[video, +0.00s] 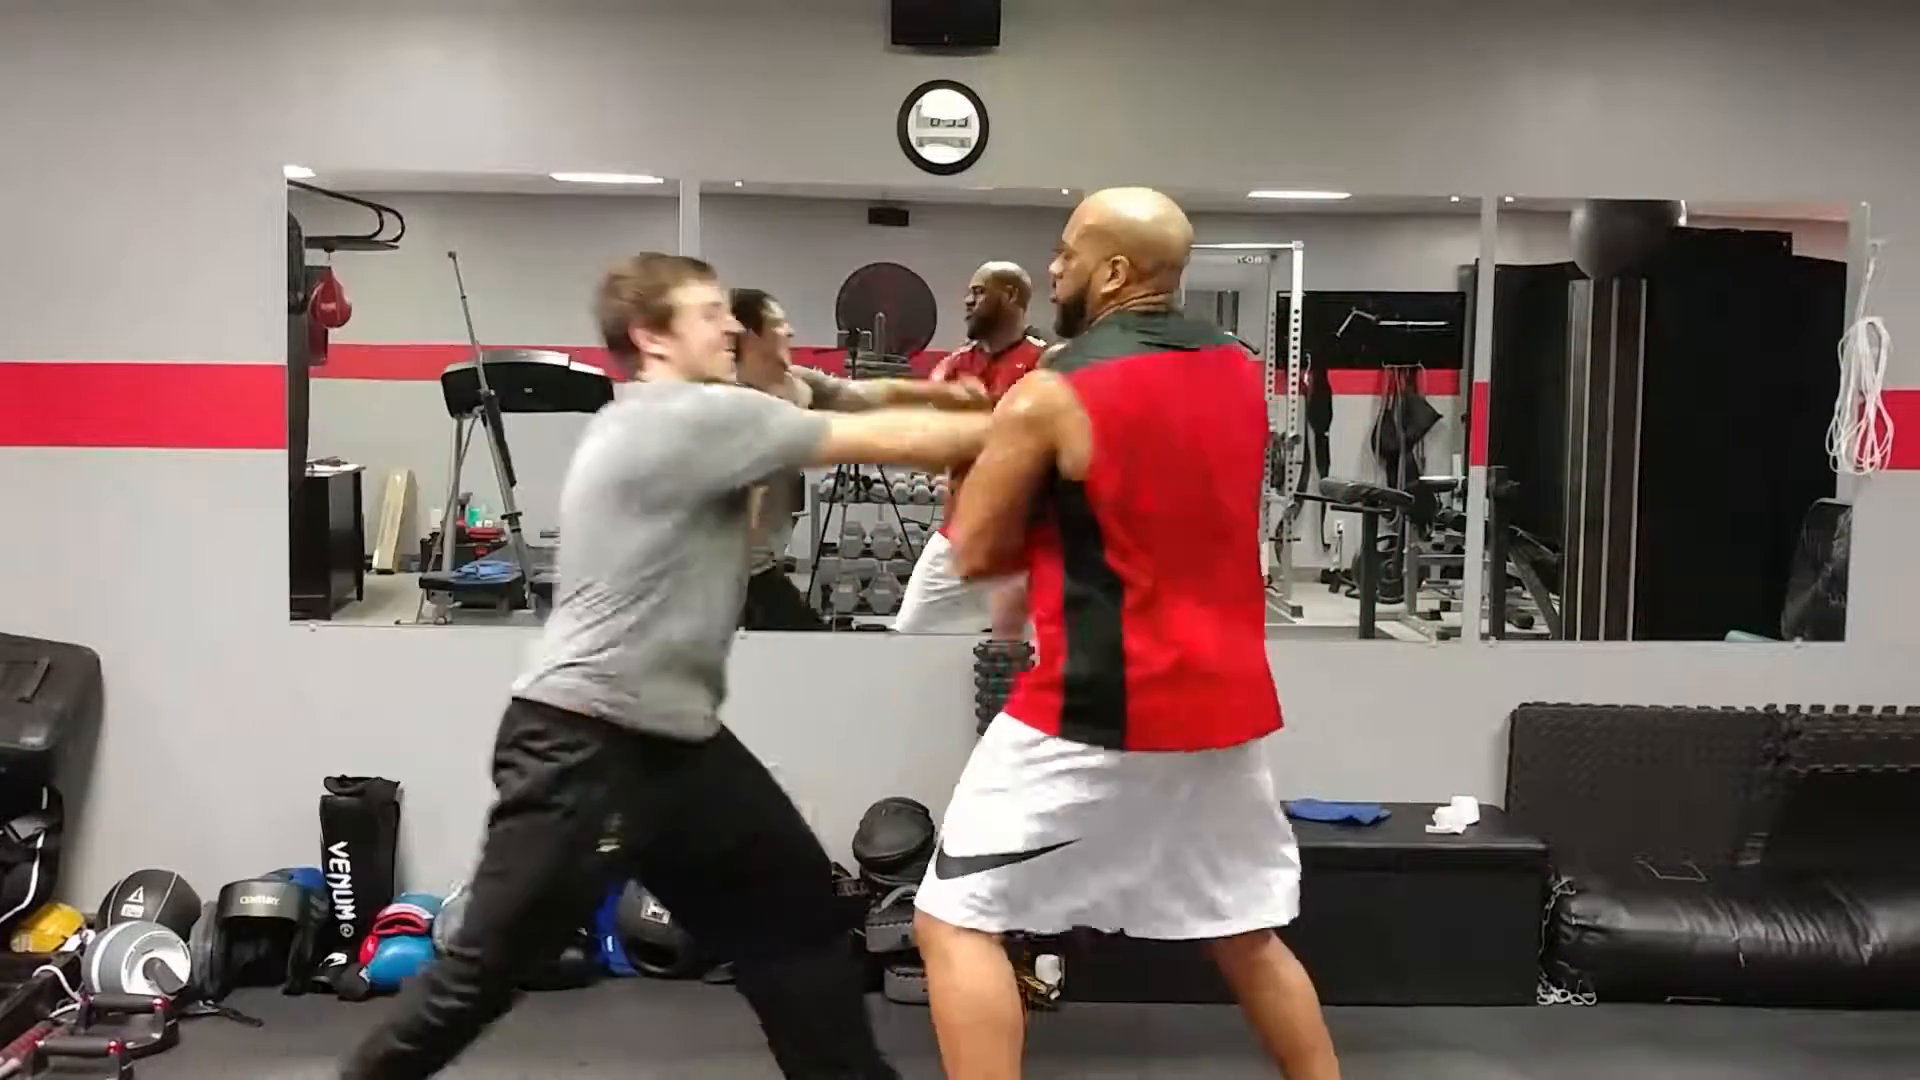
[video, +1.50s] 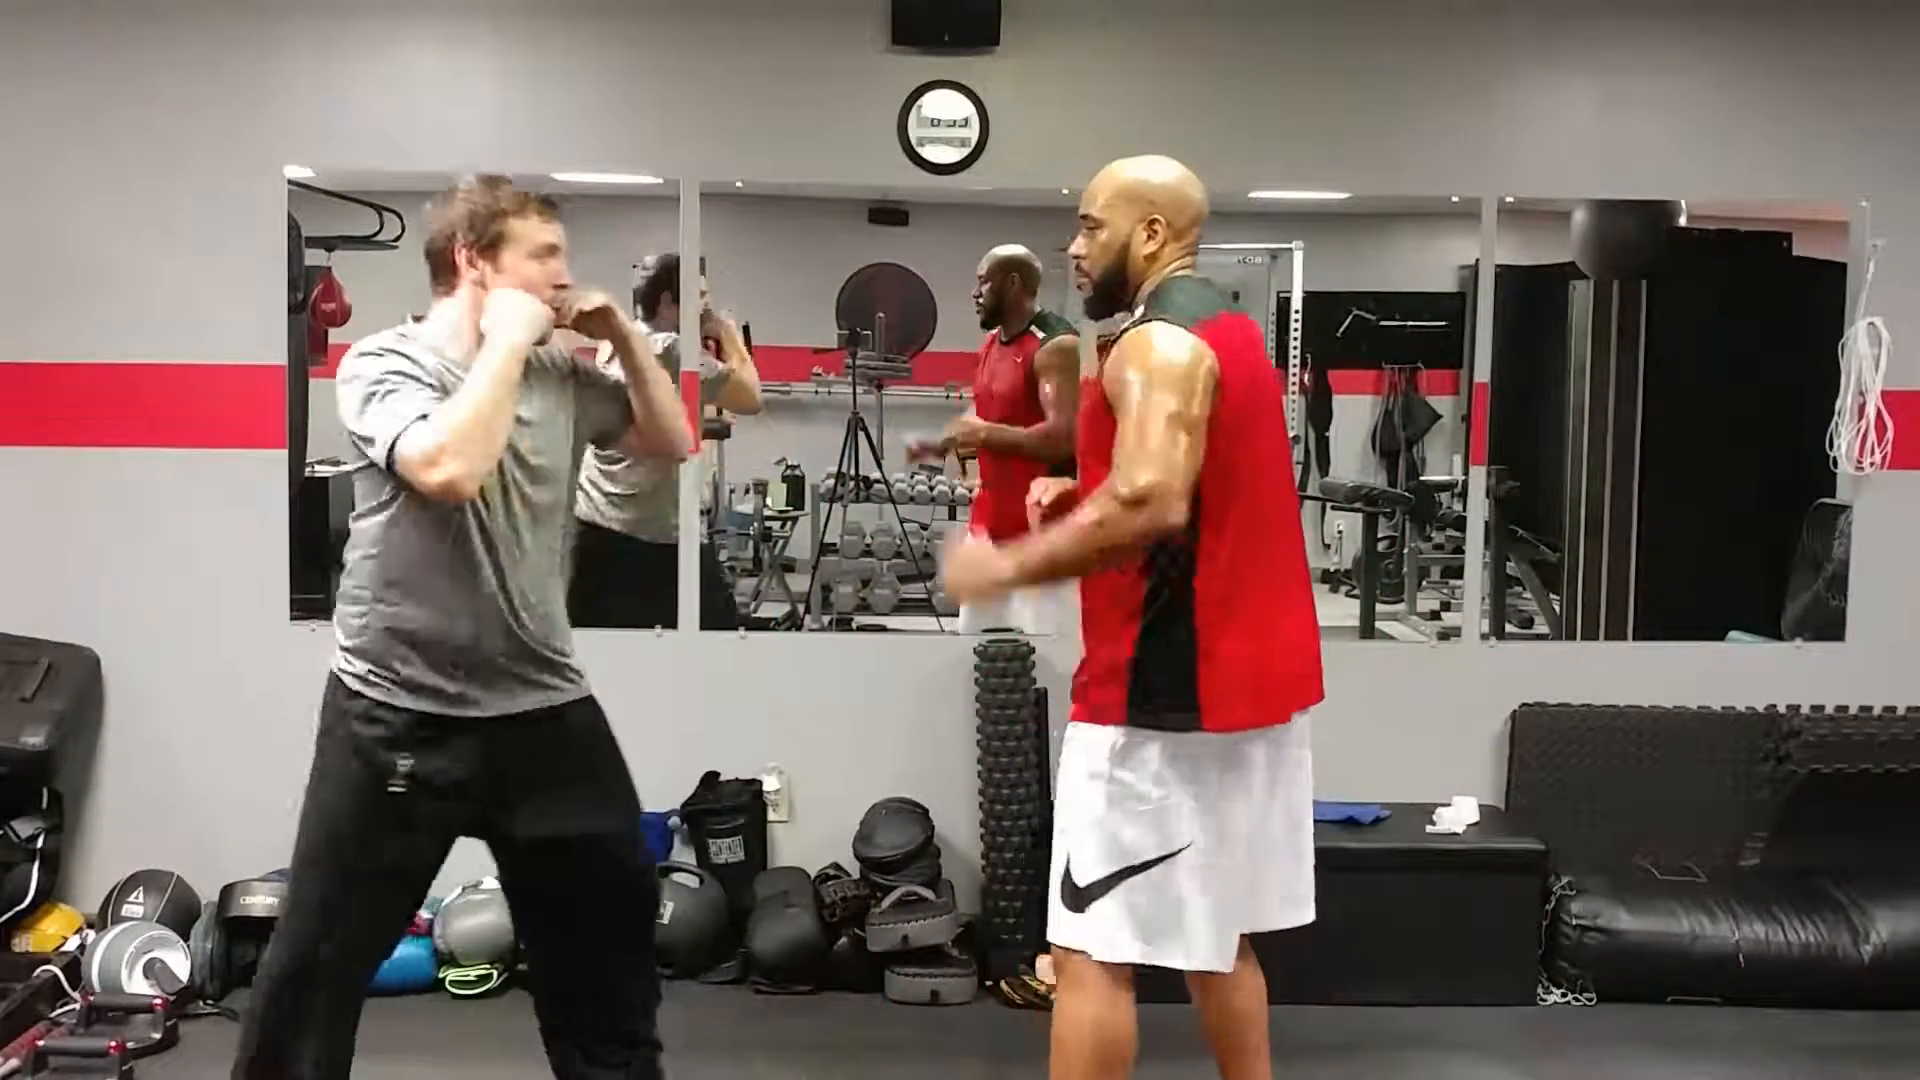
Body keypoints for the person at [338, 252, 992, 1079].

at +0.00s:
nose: (733, 329)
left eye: (729, 313)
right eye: (714, 314)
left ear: (658, 343)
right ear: (652, 338)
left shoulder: (643, 427)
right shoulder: (692, 419)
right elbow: (864, 438)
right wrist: (1016, 427)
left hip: (682, 749)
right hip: (579, 744)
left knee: (805, 939)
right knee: (473, 979)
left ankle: (849, 1073)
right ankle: (359, 1075)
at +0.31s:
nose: (838, 342)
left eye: (839, 327)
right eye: (820, 323)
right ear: (753, 328)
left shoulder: (762, 432)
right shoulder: (711, 412)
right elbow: (845, 551)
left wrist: (857, 486)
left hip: (683, 686)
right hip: (594, 659)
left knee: (788, 910)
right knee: (576, 937)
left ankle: (835, 1065)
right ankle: (473, 1072)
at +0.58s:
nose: (762, 374)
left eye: (766, 358)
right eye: (751, 352)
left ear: (688, 343)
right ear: (692, 339)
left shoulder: (679, 441)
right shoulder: (637, 428)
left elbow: (658, 582)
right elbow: (779, 559)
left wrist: (739, 522)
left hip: (616, 723)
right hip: (515, 714)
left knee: (733, 886)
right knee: (451, 956)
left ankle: (786, 1054)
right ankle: (360, 1077)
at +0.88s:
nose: (771, 368)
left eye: (777, 349)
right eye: (759, 343)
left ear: (699, 337)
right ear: (695, 333)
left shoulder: (688, 427)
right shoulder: (634, 422)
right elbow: (737, 570)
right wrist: (878, 616)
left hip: (605, 707)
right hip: (498, 699)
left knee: (686, 918)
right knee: (465, 950)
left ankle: (660, 1072)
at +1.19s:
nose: (639, 298)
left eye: (638, 278)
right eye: (620, 277)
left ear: (570, 285)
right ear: (549, 281)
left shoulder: (595, 397)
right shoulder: (468, 381)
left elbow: (595, 519)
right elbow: (472, 558)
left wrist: (657, 503)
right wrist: (630, 547)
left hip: (547, 717)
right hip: (419, 715)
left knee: (619, 957)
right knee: (340, 974)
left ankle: (664, 1077)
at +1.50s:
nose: (562, 278)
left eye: (563, 259)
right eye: (543, 258)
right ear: (470, 265)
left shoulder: (562, 377)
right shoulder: (380, 363)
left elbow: (671, 440)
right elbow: (448, 468)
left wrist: (623, 335)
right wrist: (509, 334)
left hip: (544, 711)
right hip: (391, 714)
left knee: (607, 966)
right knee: (314, 968)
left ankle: (615, 1078)